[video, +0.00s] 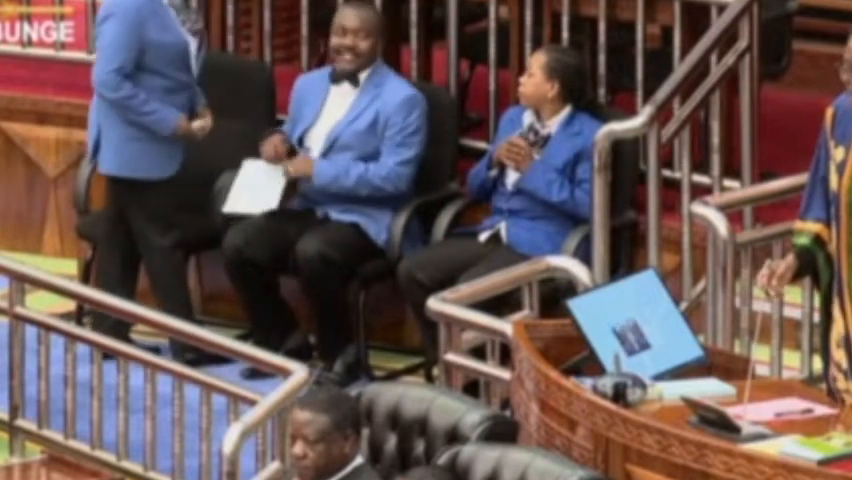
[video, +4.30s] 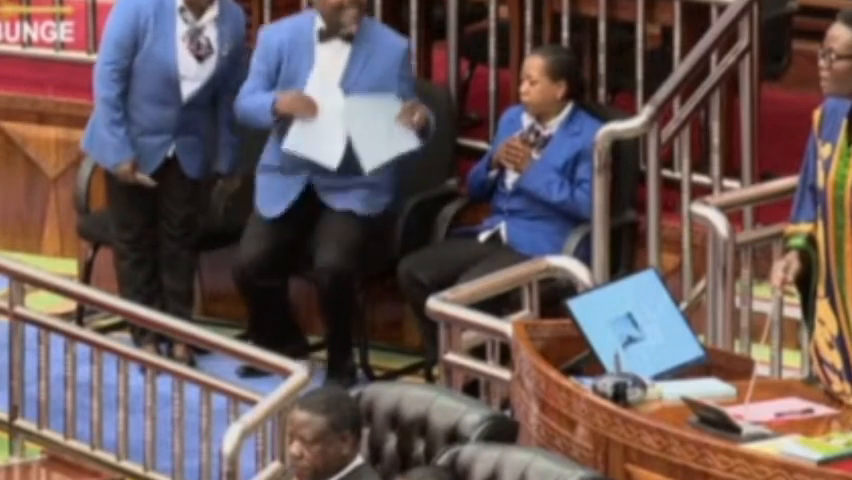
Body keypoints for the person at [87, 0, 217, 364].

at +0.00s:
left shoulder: (160, 9)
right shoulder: (127, 8)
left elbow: (176, 69)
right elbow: (108, 80)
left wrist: (198, 104)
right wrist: (172, 122)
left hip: (148, 151)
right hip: (135, 153)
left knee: (120, 248)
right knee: (163, 248)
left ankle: (111, 334)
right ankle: (186, 340)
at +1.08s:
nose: (189, 15)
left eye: (194, 8)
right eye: (182, 8)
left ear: (198, 5)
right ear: (159, 2)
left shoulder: (202, 18)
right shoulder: (113, 27)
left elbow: (206, 86)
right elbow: (86, 98)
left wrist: (216, 148)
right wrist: (134, 152)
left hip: (170, 151)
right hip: (115, 151)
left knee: (160, 244)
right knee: (137, 245)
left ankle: (115, 328)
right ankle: (146, 337)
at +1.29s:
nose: (197, 27)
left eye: (202, 19)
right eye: (189, 20)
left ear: (208, 10)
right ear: (165, 10)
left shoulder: (213, 24)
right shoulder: (118, 31)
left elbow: (215, 91)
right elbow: (88, 100)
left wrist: (218, 157)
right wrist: (129, 157)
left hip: (173, 143)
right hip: (115, 145)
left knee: (176, 235)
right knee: (132, 243)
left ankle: (175, 330)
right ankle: (145, 336)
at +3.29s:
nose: (221, 15)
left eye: (226, 8)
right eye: (214, 7)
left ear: (230, 7)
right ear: (191, 1)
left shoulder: (240, 30)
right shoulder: (140, 16)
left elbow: (236, 103)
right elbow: (107, 83)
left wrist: (229, 163)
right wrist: (117, 153)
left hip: (195, 142)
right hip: (139, 139)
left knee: (184, 238)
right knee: (139, 238)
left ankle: (181, 331)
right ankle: (146, 331)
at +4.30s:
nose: (199, 3)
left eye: (204, 4)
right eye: (193, 4)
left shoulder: (233, 18)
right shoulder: (137, 10)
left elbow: (231, 92)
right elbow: (108, 77)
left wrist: (227, 158)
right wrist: (117, 151)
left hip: (191, 143)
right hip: (135, 141)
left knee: (181, 239)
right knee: (135, 241)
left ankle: (179, 331)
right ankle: (144, 332)